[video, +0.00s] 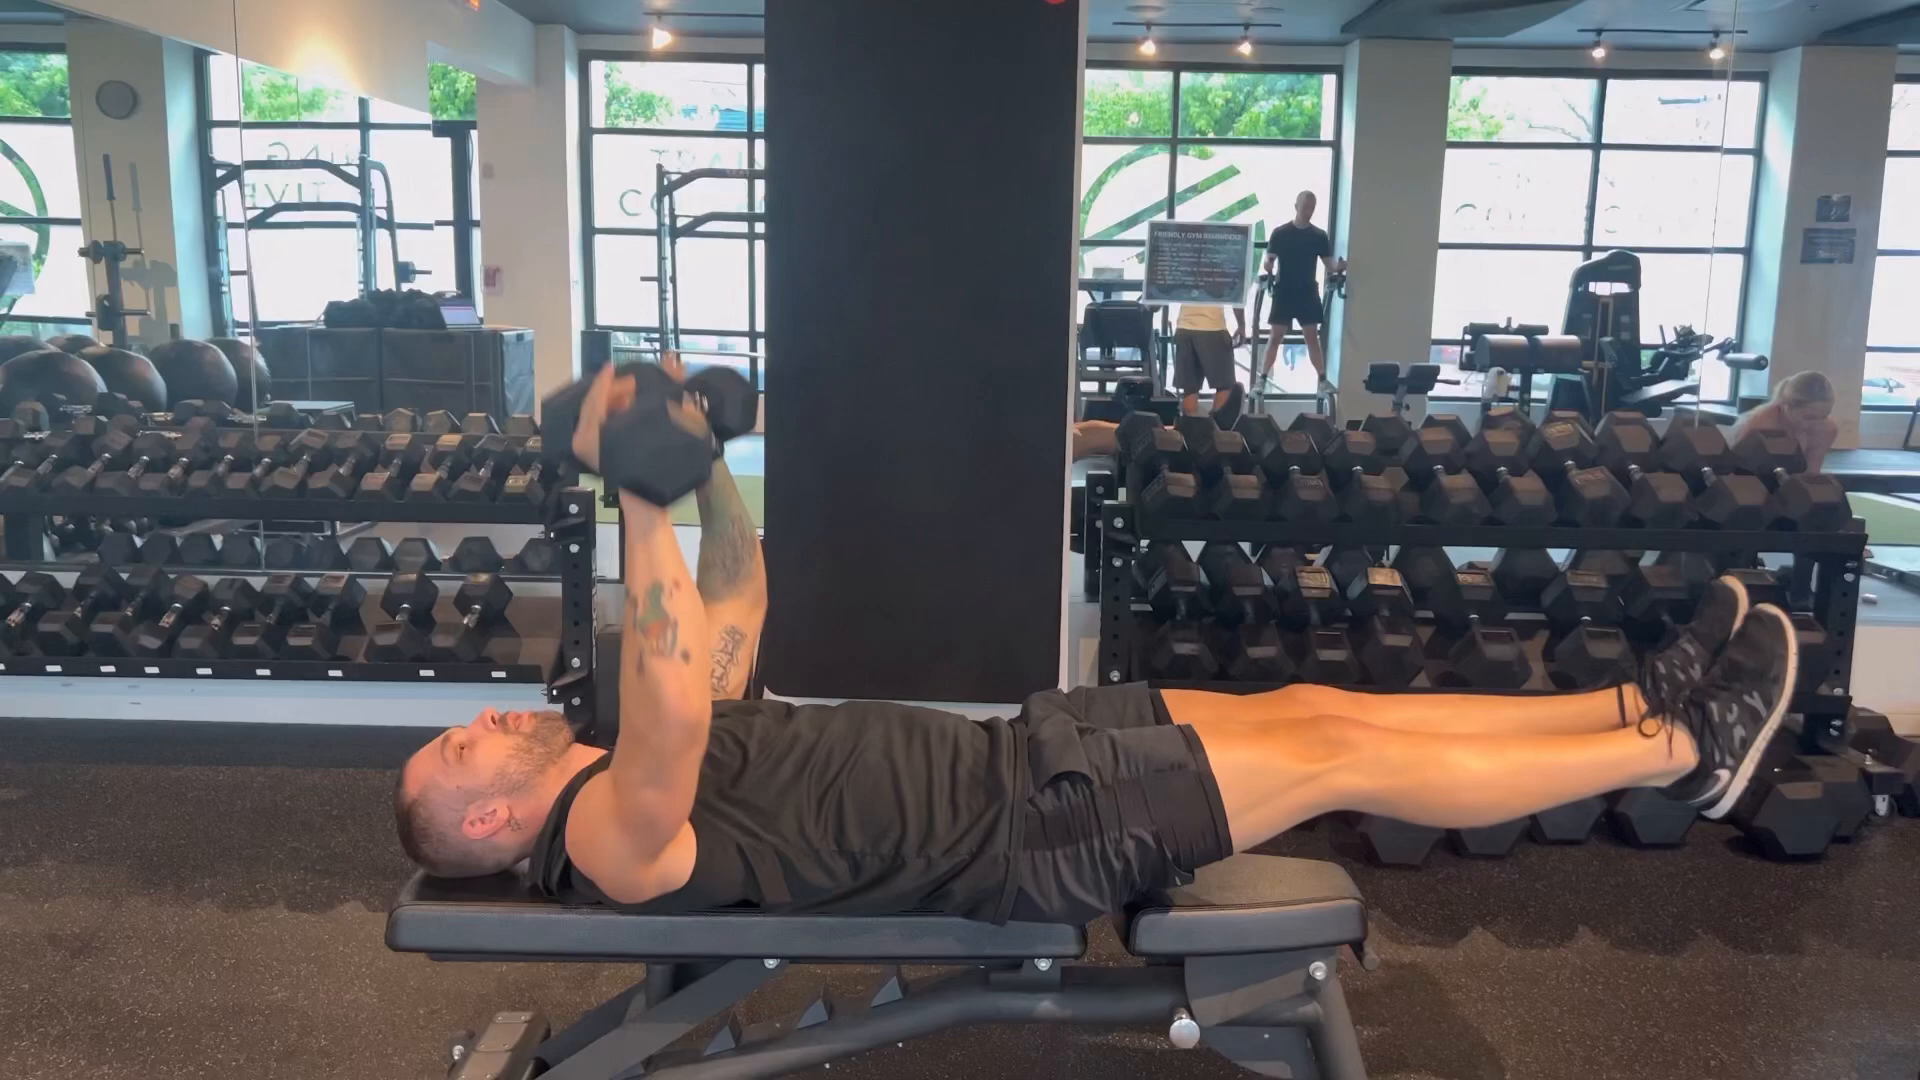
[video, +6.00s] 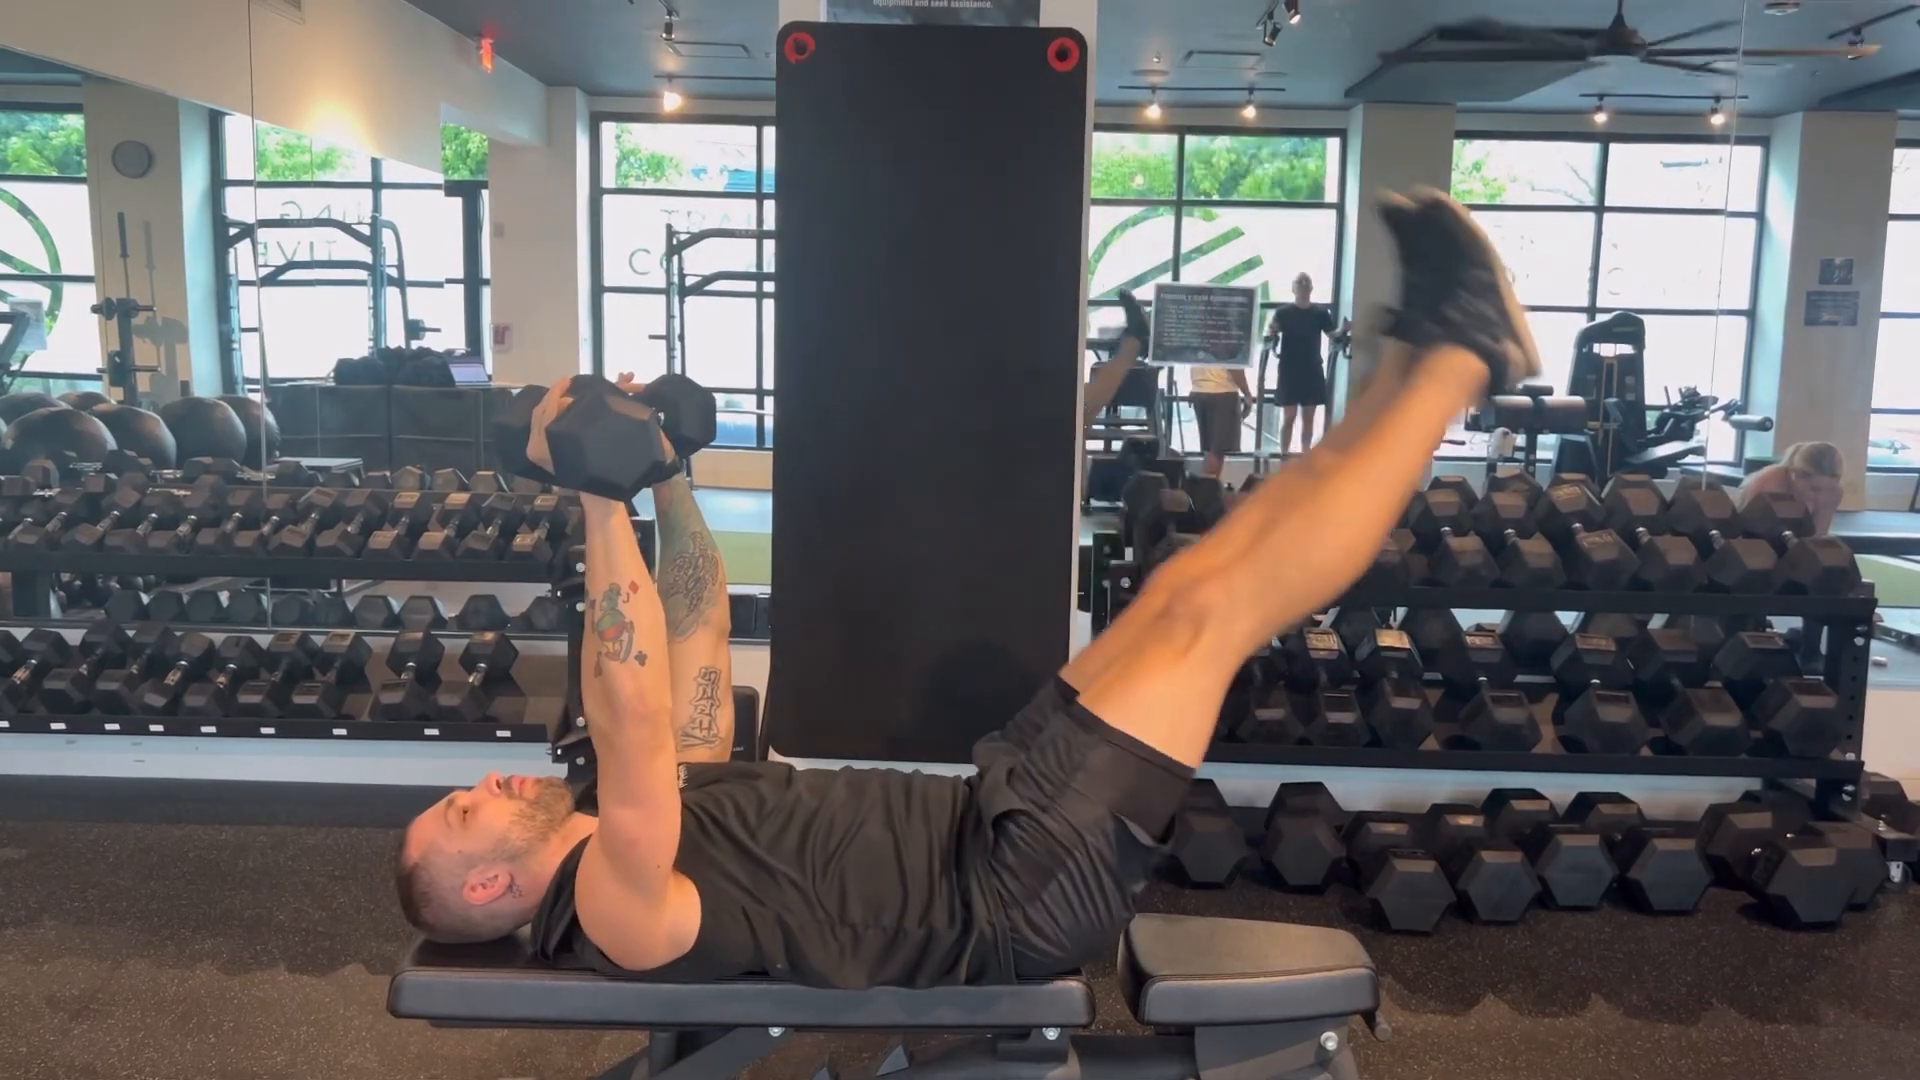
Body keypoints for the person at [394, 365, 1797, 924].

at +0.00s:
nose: (496, 722)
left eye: (476, 729)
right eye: (473, 753)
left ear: (524, 748)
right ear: (499, 826)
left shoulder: (630, 759)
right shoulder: (613, 841)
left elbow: (729, 639)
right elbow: (671, 700)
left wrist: (705, 478)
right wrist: (644, 512)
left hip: (1034, 743)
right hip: (1038, 812)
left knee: (1334, 706)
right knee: (1340, 748)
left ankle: (1645, 714)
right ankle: (1671, 751)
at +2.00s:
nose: (481, 750)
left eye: (450, 764)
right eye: (456, 779)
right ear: (490, 851)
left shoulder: (621, 814)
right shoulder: (608, 862)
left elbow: (691, 591)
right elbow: (626, 658)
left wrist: (657, 444)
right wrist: (607, 454)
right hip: (973, 826)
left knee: (897, 502)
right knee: (893, 505)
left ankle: (830, 157)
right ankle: (828, 154)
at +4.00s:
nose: (509, 787)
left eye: (490, 792)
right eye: (482, 817)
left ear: (536, 789)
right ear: (500, 881)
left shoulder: (647, 804)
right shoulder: (619, 894)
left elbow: (764, 707)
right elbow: (691, 877)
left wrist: (722, 591)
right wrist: (650, 666)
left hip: (1053, 791)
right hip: (1051, 865)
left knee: (1360, 794)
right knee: (1366, 842)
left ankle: (1683, 807)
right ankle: (1702, 853)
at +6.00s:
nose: (492, 788)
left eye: (476, 796)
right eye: (467, 824)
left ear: (520, 819)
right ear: (500, 901)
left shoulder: (642, 829)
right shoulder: (622, 900)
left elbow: (693, 658)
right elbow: (630, 694)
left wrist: (665, 477)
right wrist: (601, 507)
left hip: (981, 831)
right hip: (1008, 897)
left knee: (1200, 579)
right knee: (1204, 598)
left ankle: (1424, 352)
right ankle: (1464, 355)